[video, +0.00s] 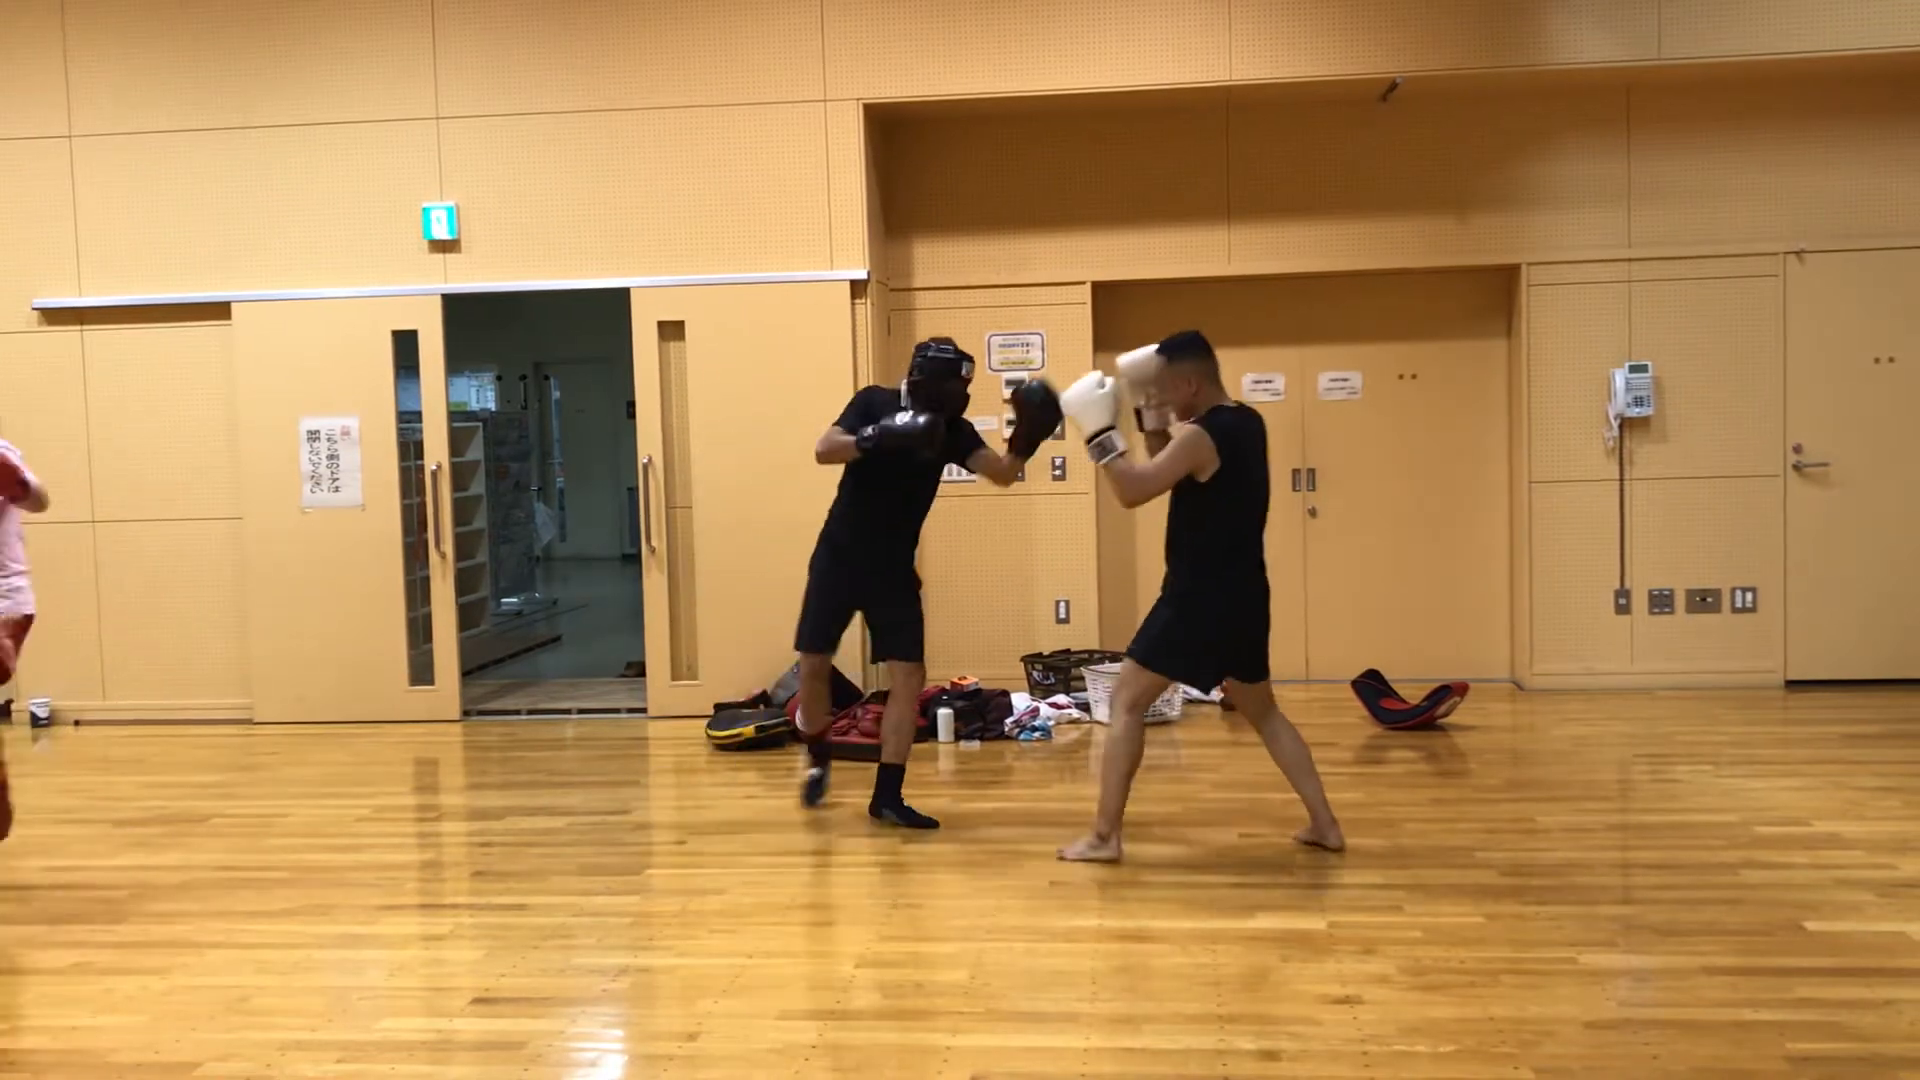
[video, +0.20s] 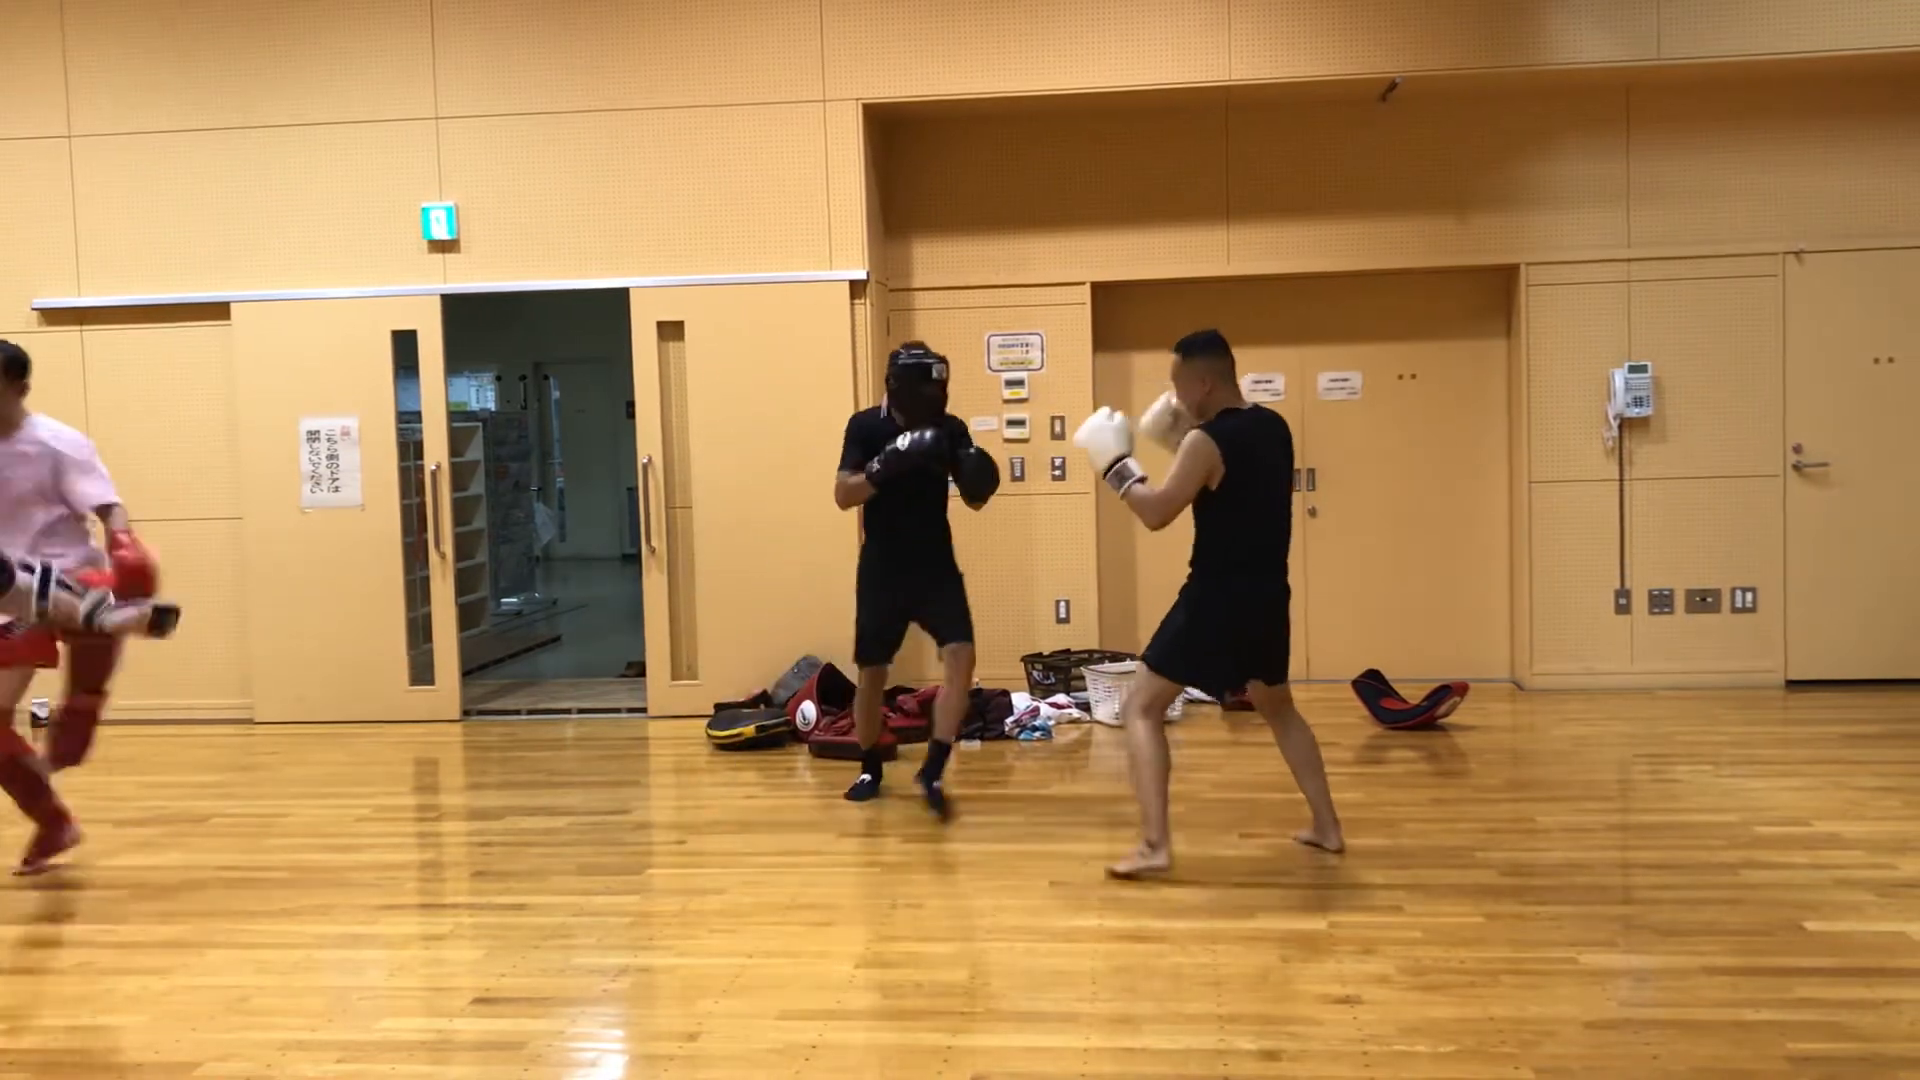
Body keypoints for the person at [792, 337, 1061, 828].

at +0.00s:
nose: (962, 393)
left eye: (965, 385)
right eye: (955, 384)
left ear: (961, 384)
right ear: (923, 380)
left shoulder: (952, 427)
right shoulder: (873, 404)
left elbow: (1002, 473)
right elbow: (824, 449)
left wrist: (1026, 435)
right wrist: (879, 435)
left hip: (895, 565)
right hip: (839, 556)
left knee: (907, 676)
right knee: (812, 663)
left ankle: (887, 797)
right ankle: (817, 762)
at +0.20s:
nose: (939, 395)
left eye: (941, 385)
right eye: (928, 385)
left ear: (944, 385)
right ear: (897, 385)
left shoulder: (949, 429)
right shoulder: (866, 426)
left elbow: (975, 499)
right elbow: (844, 495)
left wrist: (973, 471)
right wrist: (890, 465)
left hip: (934, 559)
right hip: (883, 561)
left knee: (961, 654)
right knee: (871, 669)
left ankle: (934, 773)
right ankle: (870, 770)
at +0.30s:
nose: (940, 385)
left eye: (944, 376)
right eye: (930, 377)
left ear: (949, 374)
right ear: (903, 376)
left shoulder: (958, 414)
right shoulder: (875, 415)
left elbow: (985, 474)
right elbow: (858, 487)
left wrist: (960, 447)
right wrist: (900, 453)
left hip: (949, 546)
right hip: (898, 550)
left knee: (975, 644)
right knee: (882, 657)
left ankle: (968, 764)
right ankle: (874, 767)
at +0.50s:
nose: (989, 392)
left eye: (994, 382)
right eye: (980, 382)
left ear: (997, 383)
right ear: (952, 382)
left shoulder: (1006, 429)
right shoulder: (921, 423)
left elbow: (1032, 501)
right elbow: (895, 493)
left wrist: (1019, 458)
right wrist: (930, 461)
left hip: (986, 559)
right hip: (934, 560)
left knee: (1031, 656)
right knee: (911, 662)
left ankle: (1083, 752)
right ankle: (912, 764)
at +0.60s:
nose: (1017, 398)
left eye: (1022, 389)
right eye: (1009, 389)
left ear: (1029, 389)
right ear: (986, 386)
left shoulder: (1037, 427)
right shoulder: (955, 426)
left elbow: (1069, 500)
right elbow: (920, 493)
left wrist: (1061, 434)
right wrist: (950, 476)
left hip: (1019, 567)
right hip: (965, 567)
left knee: (1060, 664)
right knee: (930, 664)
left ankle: (1105, 760)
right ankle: (914, 764)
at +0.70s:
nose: (1054, 390)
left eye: (1062, 382)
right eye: (1046, 379)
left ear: (1070, 383)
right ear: (1026, 378)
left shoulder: (1080, 422)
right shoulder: (999, 422)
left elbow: (1120, 454)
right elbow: (971, 477)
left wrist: (1111, 402)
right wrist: (978, 489)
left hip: (1066, 556)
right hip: (1012, 557)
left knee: (1092, 664)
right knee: (972, 656)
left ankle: (1108, 766)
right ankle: (957, 755)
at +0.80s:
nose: (1071, 386)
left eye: (1080, 376)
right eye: (1063, 375)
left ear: (1093, 376)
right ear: (1047, 372)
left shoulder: (1103, 415)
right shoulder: (1025, 414)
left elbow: (1140, 452)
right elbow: (1000, 476)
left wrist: (1131, 396)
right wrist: (1010, 476)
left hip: (1088, 546)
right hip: (1038, 545)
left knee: (1099, 660)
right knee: (1010, 651)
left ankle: (1107, 764)